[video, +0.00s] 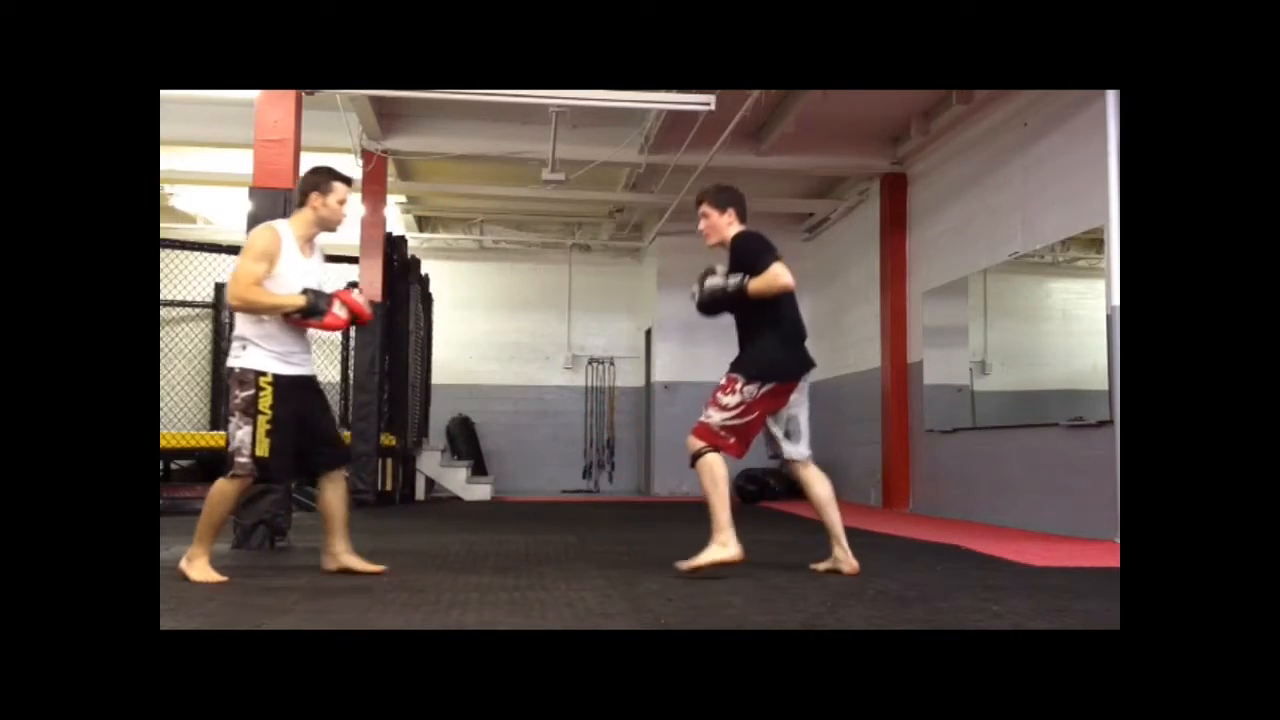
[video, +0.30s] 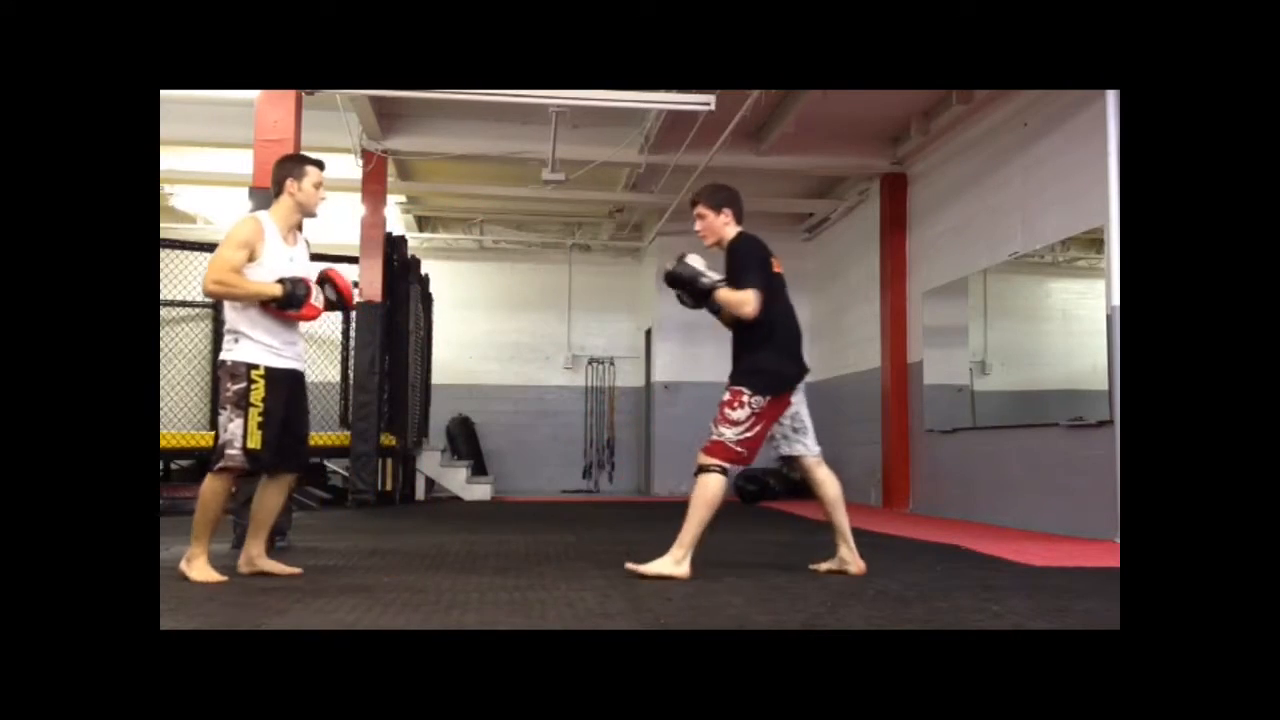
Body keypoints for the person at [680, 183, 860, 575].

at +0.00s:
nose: (700, 226)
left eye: (704, 217)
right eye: (699, 218)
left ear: (729, 215)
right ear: (727, 218)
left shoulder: (746, 243)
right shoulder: (746, 250)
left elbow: (783, 279)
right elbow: (761, 291)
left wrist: (732, 289)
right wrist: (721, 288)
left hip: (763, 364)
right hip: (791, 364)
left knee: (702, 442)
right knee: (799, 460)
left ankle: (724, 540)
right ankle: (843, 553)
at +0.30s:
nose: (697, 227)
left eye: (702, 218)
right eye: (695, 220)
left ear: (726, 215)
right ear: (726, 218)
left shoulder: (744, 247)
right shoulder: (747, 252)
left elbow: (748, 305)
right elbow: (739, 319)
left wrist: (708, 283)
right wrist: (707, 297)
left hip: (762, 374)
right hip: (784, 371)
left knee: (714, 461)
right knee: (811, 462)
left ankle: (678, 557)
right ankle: (849, 553)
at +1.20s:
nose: (616, 222)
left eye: (620, 212)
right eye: (614, 214)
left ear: (644, 208)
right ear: (650, 211)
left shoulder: (659, 242)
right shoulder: (681, 242)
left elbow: (655, 305)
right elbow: (671, 303)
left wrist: (619, 288)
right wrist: (629, 289)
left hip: (684, 365)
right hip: (712, 363)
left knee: (639, 452)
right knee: (699, 454)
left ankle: (626, 558)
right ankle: (752, 538)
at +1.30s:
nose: (614, 218)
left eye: (619, 208)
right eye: (612, 210)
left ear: (642, 204)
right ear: (647, 206)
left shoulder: (655, 237)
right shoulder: (678, 237)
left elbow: (653, 300)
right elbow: (663, 297)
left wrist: (619, 274)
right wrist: (626, 273)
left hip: (679, 364)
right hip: (707, 360)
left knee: (642, 453)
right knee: (697, 451)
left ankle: (627, 558)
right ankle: (741, 543)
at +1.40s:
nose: (618, 220)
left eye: (622, 210)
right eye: (616, 212)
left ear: (646, 205)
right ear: (649, 208)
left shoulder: (661, 240)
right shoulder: (681, 239)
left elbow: (656, 301)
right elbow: (662, 298)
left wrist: (618, 270)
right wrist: (625, 267)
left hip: (679, 368)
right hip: (707, 365)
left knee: (637, 455)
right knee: (700, 457)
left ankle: (626, 558)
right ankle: (739, 550)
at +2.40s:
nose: (605, 221)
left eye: (608, 212)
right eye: (604, 213)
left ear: (630, 208)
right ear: (644, 208)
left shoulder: (624, 241)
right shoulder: (677, 236)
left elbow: (571, 271)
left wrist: (542, 247)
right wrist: (601, 248)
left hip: (660, 360)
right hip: (701, 357)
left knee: (613, 450)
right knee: (707, 457)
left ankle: (593, 549)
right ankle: (739, 550)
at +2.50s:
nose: (593, 224)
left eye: (595, 216)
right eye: (593, 217)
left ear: (618, 211)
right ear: (631, 212)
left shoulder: (614, 239)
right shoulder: (669, 237)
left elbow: (546, 256)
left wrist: (502, 231)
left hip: (656, 365)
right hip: (693, 362)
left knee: (610, 453)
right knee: (695, 459)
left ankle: (593, 556)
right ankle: (736, 549)